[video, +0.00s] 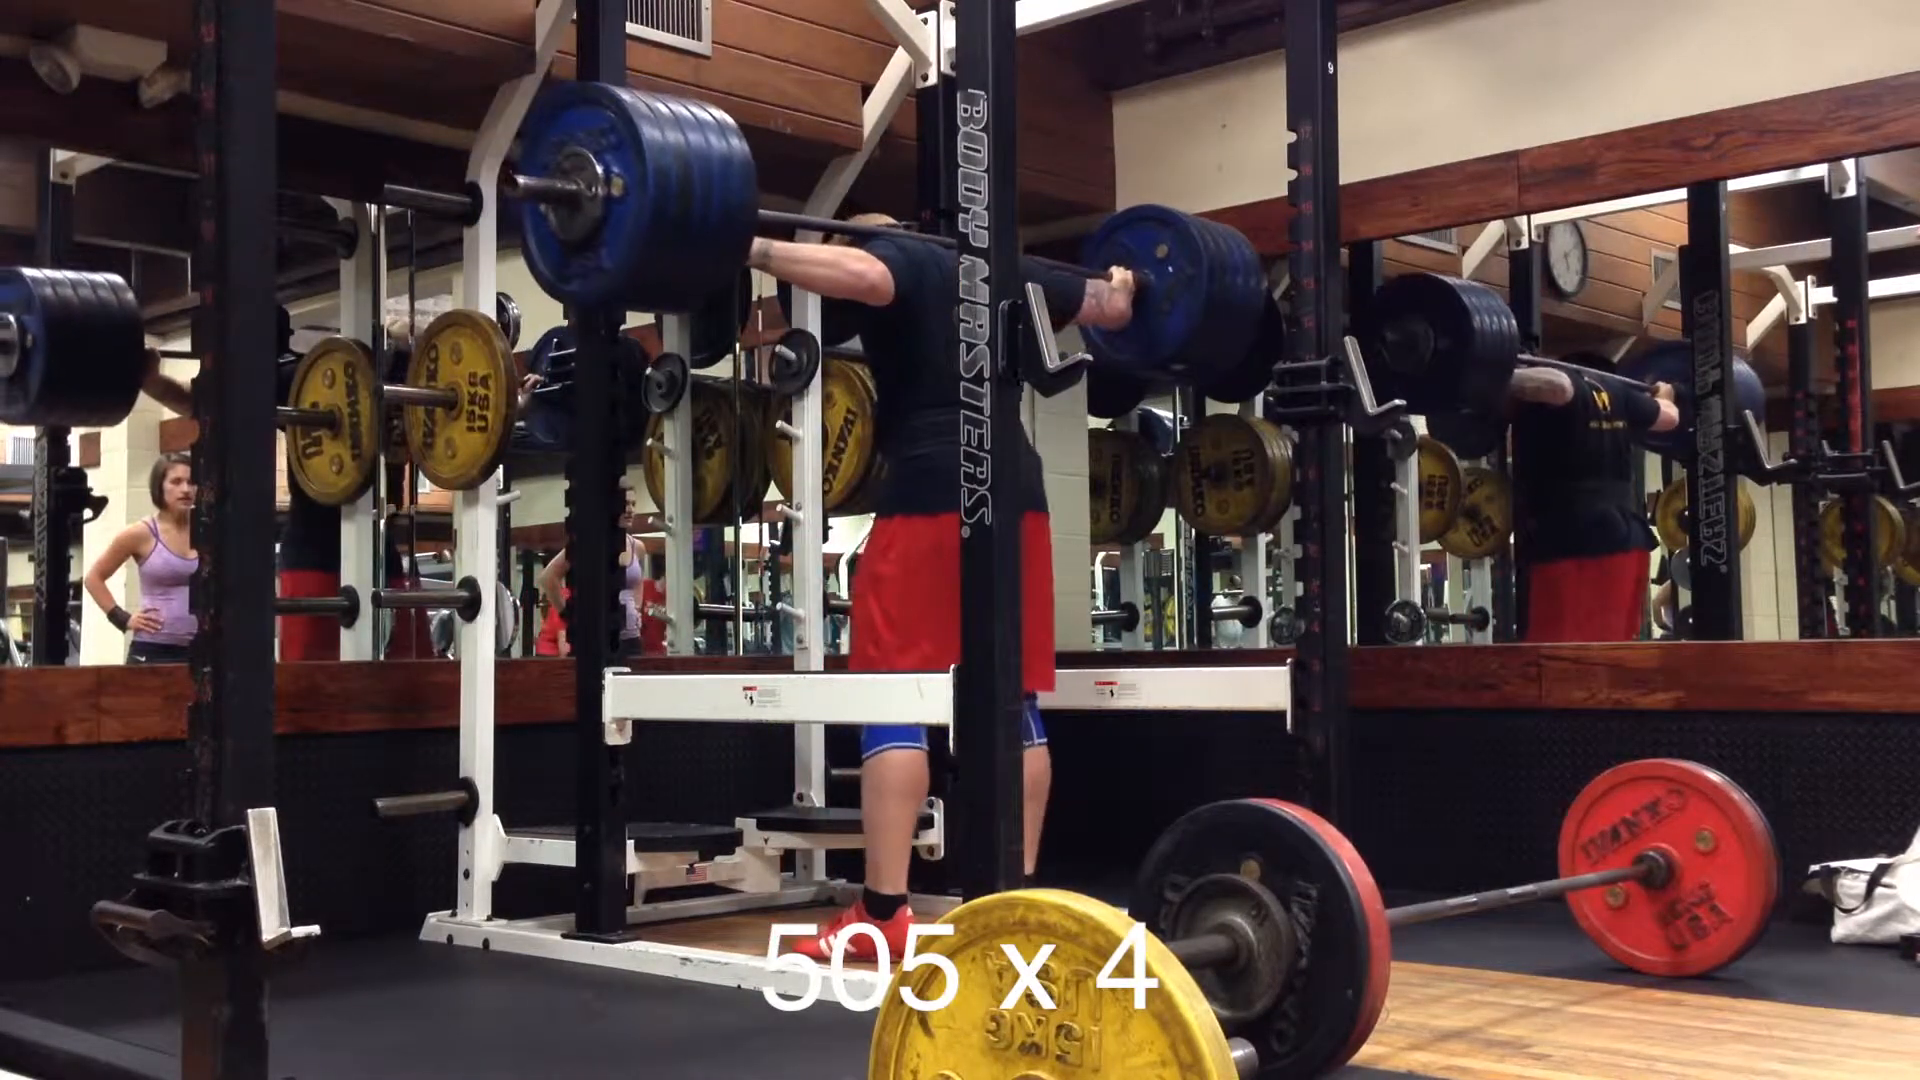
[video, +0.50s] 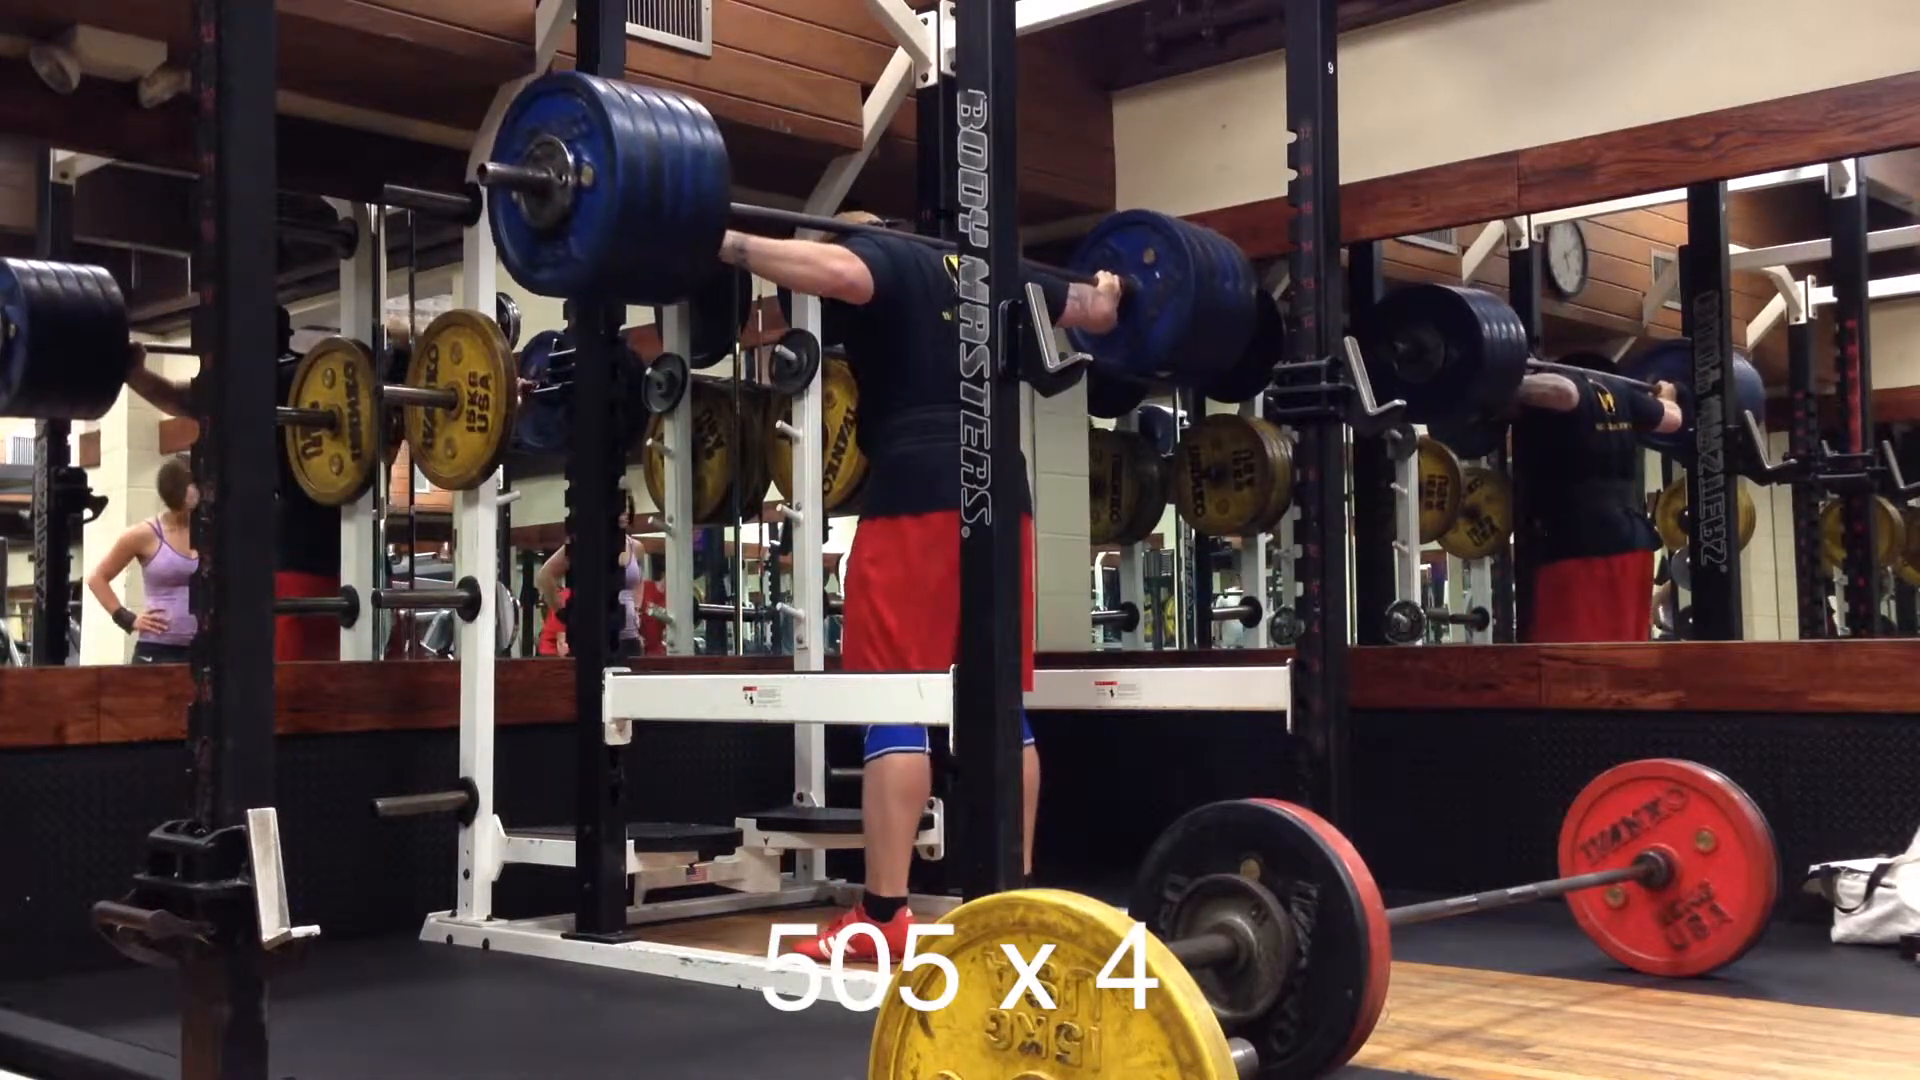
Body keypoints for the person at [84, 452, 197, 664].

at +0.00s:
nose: (186, 489)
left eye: (191, 482)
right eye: (176, 482)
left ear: (199, 487)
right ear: (159, 487)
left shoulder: (204, 529)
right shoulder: (141, 534)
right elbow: (93, 579)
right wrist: (123, 619)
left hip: (199, 648)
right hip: (153, 648)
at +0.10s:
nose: (186, 489)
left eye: (191, 482)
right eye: (177, 482)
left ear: (199, 487)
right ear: (159, 487)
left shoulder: (204, 529)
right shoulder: (141, 534)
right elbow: (93, 579)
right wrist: (123, 619)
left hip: (199, 648)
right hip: (153, 648)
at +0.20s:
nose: (186, 489)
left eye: (192, 482)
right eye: (177, 482)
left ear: (199, 487)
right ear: (159, 487)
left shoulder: (204, 530)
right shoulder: (141, 534)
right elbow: (93, 579)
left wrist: (213, 614)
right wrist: (123, 619)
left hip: (199, 648)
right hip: (153, 649)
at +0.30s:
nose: (191, 490)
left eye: (195, 483)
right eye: (182, 483)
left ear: (201, 487)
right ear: (162, 488)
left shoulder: (202, 530)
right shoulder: (141, 535)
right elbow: (93, 579)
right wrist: (123, 620)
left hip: (198, 648)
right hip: (153, 648)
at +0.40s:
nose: (198, 492)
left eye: (197, 485)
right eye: (190, 486)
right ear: (170, 489)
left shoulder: (204, 530)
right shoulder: (142, 534)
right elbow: (94, 579)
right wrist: (125, 620)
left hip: (199, 648)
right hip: (154, 648)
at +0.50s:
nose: (203, 491)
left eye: (200, 485)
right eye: (197, 485)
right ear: (181, 491)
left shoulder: (205, 531)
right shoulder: (144, 534)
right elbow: (97, 580)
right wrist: (128, 620)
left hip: (201, 648)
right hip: (157, 649)